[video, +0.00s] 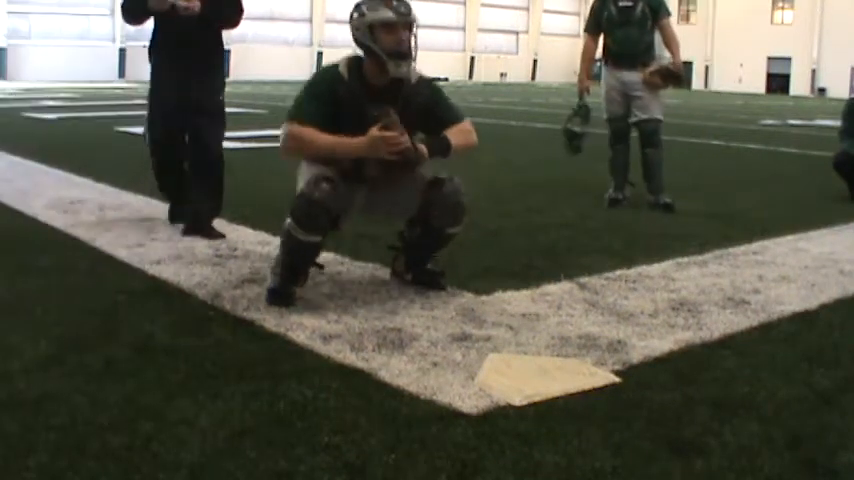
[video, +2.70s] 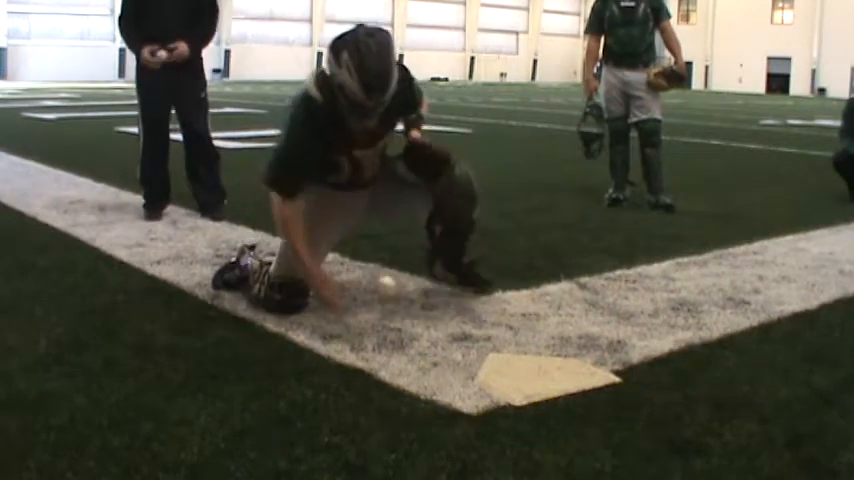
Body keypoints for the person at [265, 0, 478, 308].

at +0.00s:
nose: (402, 39)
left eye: (407, 30)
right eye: (390, 31)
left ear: (413, 33)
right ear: (364, 35)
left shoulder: (420, 89)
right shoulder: (330, 82)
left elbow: (467, 135)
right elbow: (292, 141)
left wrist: (424, 147)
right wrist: (364, 146)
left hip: (392, 187)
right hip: (338, 186)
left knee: (446, 195)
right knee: (320, 191)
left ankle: (412, 265)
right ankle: (287, 278)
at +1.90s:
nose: (402, 60)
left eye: (408, 50)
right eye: (392, 50)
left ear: (415, 46)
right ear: (368, 44)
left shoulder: (418, 81)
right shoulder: (331, 70)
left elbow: (442, 138)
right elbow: (300, 141)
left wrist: (433, 184)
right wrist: (351, 195)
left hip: (375, 153)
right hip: (319, 150)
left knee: (436, 193)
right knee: (304, 192)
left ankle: (431, 264)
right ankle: (253, 277)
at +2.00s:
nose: (400, 64)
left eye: (407, 55)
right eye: (392, 54)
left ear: (417, 51)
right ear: (369, 44)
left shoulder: (418, 79)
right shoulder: (328, 64)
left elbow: (424, 140)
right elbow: (315, 143)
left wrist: (409, 197)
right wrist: (352, 206)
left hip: (366, 158)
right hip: (313, 153)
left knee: (433, 206)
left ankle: (412, 255)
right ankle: (250, 261)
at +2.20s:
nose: (401, 94)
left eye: (408, 84)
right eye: (392, 84)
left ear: (416, 78)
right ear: (368, 74)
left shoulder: (415, 113)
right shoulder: (330, 107)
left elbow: (418, 162)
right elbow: (308, 185)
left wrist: (384, 208)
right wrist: (344, 240)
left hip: (370, 206)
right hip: (316, 204)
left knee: (430, 281)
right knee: (292, 296)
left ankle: (371, 254)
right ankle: (252, 264)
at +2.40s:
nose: (381, 110)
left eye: (389, 103)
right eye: (373, 103)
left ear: (400, 89)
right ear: (350, 84)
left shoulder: (405, 113)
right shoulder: (310, 110)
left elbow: (403, 160)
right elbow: (267, 155)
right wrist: (317, 211)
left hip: (371, 205)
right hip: (312, 203)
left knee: (430, 281)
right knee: (291, 297)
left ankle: (362, 255)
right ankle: (255, 265)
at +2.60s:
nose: (350, 95)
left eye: (358, 87)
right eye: (340, 87)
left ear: (372, 70)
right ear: (318, 71)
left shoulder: (384, 77)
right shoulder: (286, 94)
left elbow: (396, 118)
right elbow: (246, 140)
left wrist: (388, 158)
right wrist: (281, 188)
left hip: (377, 182)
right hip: (322, 194)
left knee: (450, 250)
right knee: (287, 297)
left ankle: (412, 245)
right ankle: (251, 266)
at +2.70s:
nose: (368, 111)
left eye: (376, 103)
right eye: (358, 102)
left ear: (392, 76)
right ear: (336, 81)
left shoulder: (399, 83)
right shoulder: (310, 107)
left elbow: (414, 108)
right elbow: (282, 198)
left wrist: (416, 137)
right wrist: (315, 276)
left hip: (381, 183)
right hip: (328, 194)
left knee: (455, 187)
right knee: (286, 298)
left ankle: (449, 262)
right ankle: (251, 270)